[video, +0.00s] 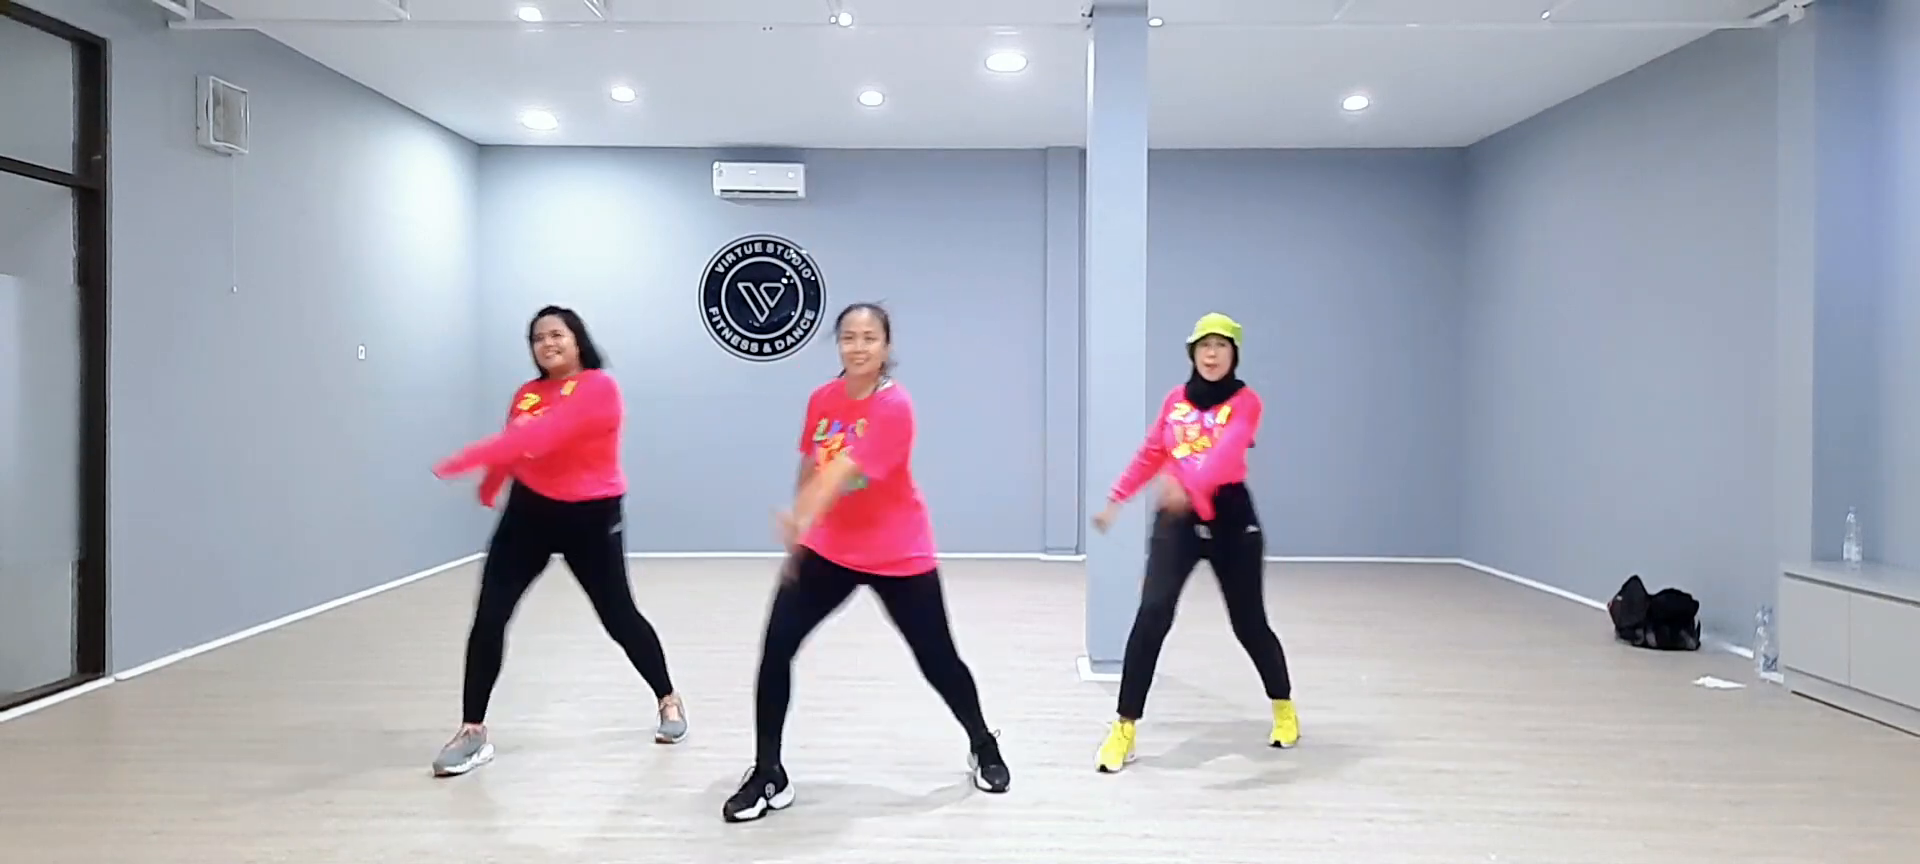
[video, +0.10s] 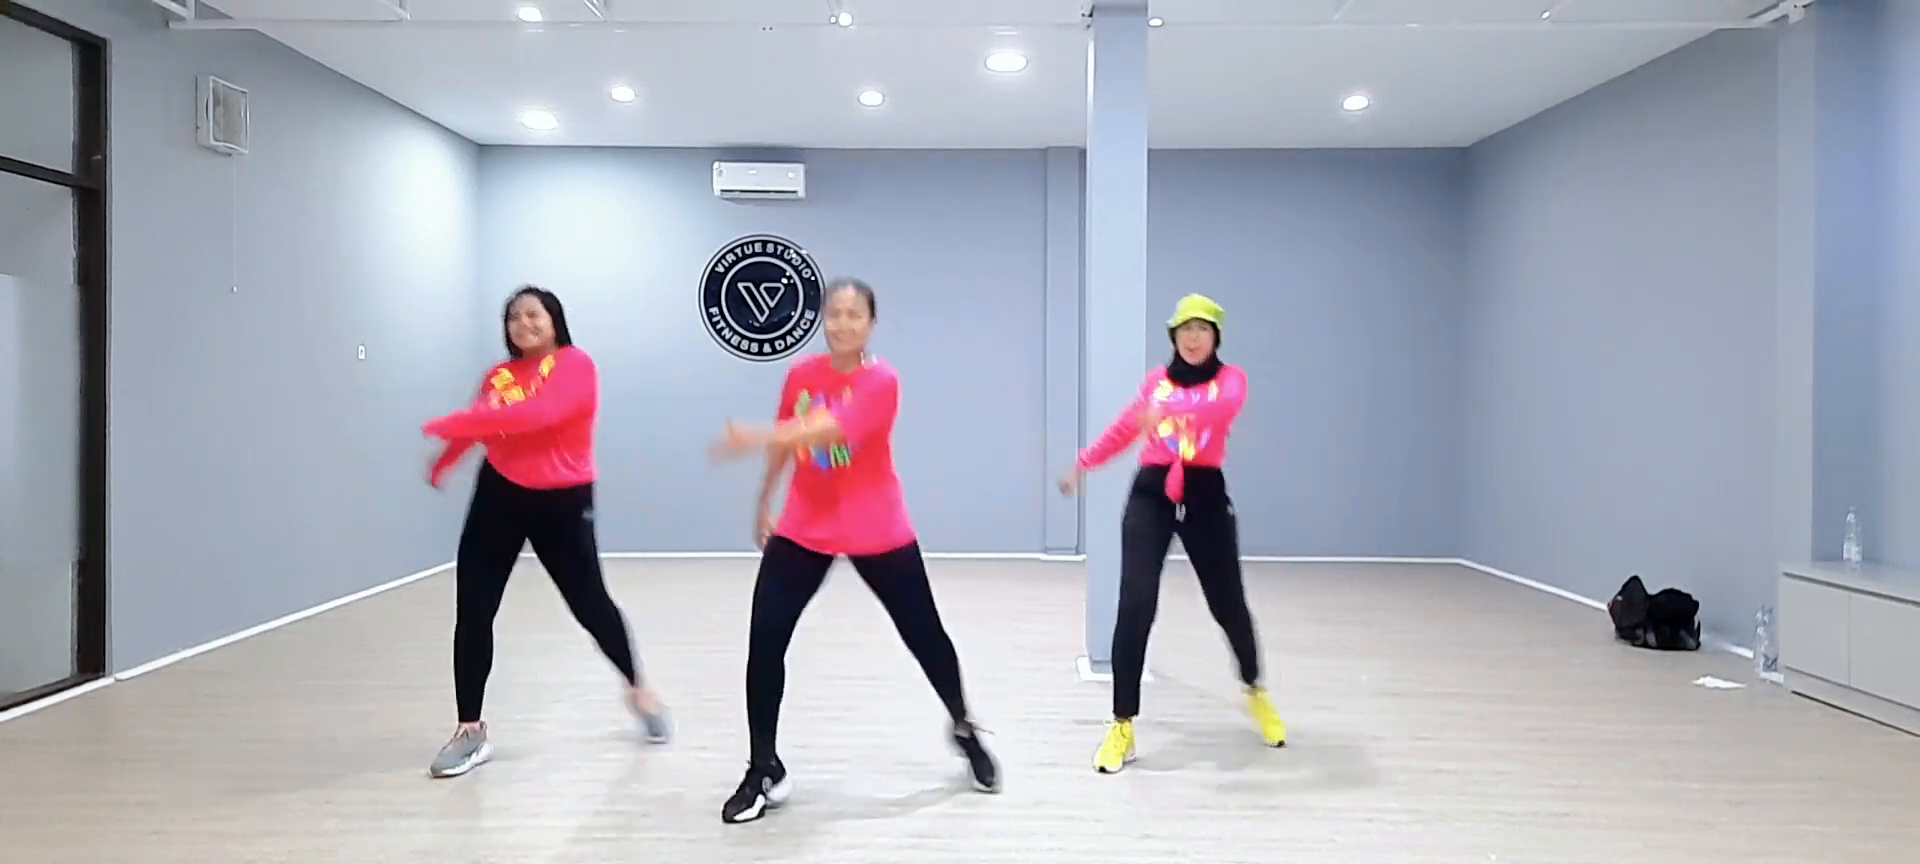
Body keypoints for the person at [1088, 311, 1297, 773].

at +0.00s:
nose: (1212, 354)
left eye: (1221, 346)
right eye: (1205, 345)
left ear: (1235, 355)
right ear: (1193, 352)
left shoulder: (1246, 402)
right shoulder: (1176, 400)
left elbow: (1227, 453)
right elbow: (1152, 454)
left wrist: (1186, 483)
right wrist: (1115, 500)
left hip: (1231, 519)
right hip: (1177, 517)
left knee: (1248, 624)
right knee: (1152, 617)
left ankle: (1283, 709)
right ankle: (1124, 726)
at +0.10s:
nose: (1193, 338)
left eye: (1202, 330)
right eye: (1186, 329)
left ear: (1217, 337)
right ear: (1173, 336)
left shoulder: (1230, 379)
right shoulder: (1158, 383)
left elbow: (1223, 405)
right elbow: (1125, 428)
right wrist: (1082, 463)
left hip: (1204, 491)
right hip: (1151, 491)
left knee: (1228, 606)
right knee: (1136, 604)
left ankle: (1255, 690)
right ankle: (1121, 725)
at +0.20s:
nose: (1178, 312)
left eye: (1187, 305)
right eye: (1170, 304)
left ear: (1199, 314)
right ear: (1156, 310)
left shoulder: (1211, 356)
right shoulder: (1141, 355)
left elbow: (1248, 338)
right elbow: (1101, 397)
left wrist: (1186, 354)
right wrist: (1058, 430)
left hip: (1193, 474)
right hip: (1139, 472)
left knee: (1200, 587)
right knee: (1128, 585)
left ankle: (1190, 682)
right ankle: (1112, 710)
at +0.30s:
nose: (1157, 307)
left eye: (1166, 299)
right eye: (1149, 299)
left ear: (1181, 306)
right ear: (1137, 304)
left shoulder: (1201, 334)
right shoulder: (1125, 348)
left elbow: (1258, 311)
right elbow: (1081, 383)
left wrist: (1214, 343)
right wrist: (1035, 409)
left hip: (1185, 470)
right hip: (1132, 467)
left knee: (1163, 592)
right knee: (1117, 584)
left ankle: (1136, 697)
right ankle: (1093, 704)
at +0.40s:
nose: (1140, 330)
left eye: (1150, 321)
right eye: (1132, 321)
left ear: (1167, 326)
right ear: (1121, 327)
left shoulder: (1191, 351)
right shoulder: (1111, 371)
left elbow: (1249, 332)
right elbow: (1062, 398)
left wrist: (1234, 370)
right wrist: (1009, 417)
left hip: (1175, 495)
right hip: (1122, 489)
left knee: (1142, 611)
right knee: (1107, 603)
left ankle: (1102, 715)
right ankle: (1073, 727)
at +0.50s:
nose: (1134, 345)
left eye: (1143, 337)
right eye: (1126, 336)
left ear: (1157, 343)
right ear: (1113, 342)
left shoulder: (1184, 380)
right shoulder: (1098, 398)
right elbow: (1051, 434)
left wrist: (1239, 441)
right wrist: (997, 458)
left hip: (1163, 518)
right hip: (1108, 515)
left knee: (1158, 640)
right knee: (1096, 627)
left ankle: (1115, 704)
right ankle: (1072, 737)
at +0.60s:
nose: (1139, 352)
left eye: (1149, 344)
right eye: (1131, 343)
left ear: (1161, 350)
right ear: (1117, 348)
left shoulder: (1176, 392)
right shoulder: (1099, 403)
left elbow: (1190, 447)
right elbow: (1063, 461)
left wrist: (1200, 495)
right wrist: (1018, 513)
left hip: (1162, 523)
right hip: (1106, 520)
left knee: (1196, 631)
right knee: (1093, 633)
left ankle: (1163, 693)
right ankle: (1073, 739)